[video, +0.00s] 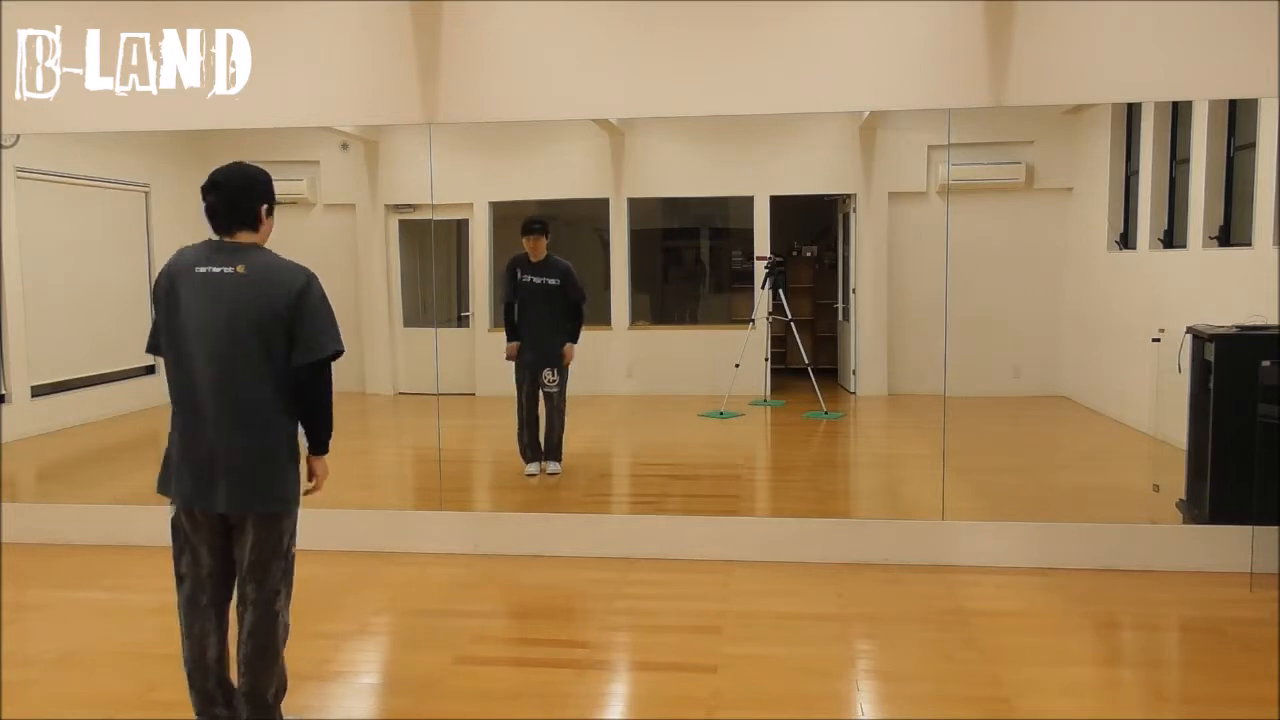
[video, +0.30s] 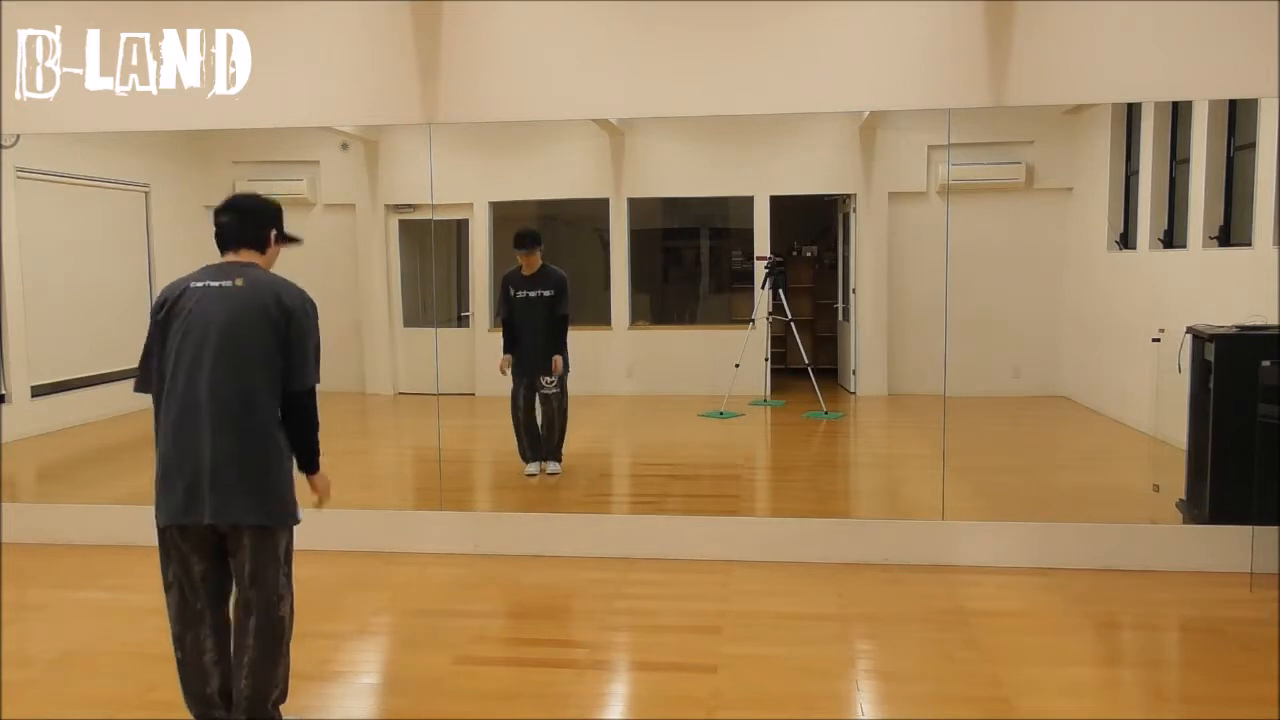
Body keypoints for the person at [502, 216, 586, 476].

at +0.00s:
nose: (532, 244)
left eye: (537, 239)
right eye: (528, 239)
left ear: (547, 240)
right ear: (522, 241)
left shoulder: (562, 269)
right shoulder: (516, 267)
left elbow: (577, 305)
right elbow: (508, 304)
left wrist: (571, 341)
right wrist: (512, 338)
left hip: (555, 344)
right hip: (526, 344)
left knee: (555, 404)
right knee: (526, 405)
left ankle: (553, 457)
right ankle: (531, 458)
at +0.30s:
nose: (524, 260)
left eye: (528, 255)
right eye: (520, 255)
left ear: (539, 251)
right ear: (515, 254)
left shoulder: (556, 278)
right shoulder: (510, 280)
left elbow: (562, 318)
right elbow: (507, 319)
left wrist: (559, 352)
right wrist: (507, 352)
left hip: (550, 355)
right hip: (522, 355)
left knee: (553, 408)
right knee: (522, 409)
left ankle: (553, 457)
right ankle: (532, 458)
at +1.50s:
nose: (521, 296)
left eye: (525, 292)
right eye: (516, 292)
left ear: (533, 284)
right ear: (508, 287)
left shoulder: (549, 297)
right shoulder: (501, 301)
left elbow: (563, 337)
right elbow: (495, 342)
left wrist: (563, 377)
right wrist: (493, 379)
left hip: (547, 363)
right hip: (519, 362)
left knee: (544, 416)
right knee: (511, 406)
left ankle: (540, 466)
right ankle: (528, 426)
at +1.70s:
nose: (521, 297)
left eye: (524, 292)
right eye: (515, 293)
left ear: (532, 283)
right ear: (507, 286)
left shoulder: (549, 292)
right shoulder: (500, 295)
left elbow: (560, 332)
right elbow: (495, 334)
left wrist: (559, 370)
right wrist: (491, 370)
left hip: (545, 359)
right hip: (516, 357)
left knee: (544, 415)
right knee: (504, 405)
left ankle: (540, 466)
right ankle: (511, 445)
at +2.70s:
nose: (516, 291)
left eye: (519, 286)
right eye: (511, 287)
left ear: (528, 277)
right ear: (505, 280)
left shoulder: (547, 295)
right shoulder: (503, 294)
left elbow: (556, 334)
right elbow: (501, 333)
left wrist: (548, 365)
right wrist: (493, 361)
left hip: (536, 368)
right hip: (509, 366)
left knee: (520, 420)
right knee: (501, 419)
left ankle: (532, 451)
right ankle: (506, 469)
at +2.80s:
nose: (522, 285)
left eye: (525, 280)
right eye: (517, 281)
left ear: (535, 271)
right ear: (511, 275)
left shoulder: (553, 287)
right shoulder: (507, 289)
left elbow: (575, 317)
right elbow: (499, 315)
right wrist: (483, 327)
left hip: (546, 356)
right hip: (517, 355)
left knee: (541, 411)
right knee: (500, 414)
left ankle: (556, 443)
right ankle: (505, 469)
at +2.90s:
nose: (528, 272)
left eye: (532, 266)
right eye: (524, 267)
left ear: (542, 259)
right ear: (518, 263)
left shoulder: (564, 279)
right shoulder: (514, 282)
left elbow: (592, 296)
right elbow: (493, 300)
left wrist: (600, 302)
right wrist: (472, 306)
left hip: (555, 362)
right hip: (524, 361)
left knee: (566, 415)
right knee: (509, 414)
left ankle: (589, 452)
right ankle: (506, 469)